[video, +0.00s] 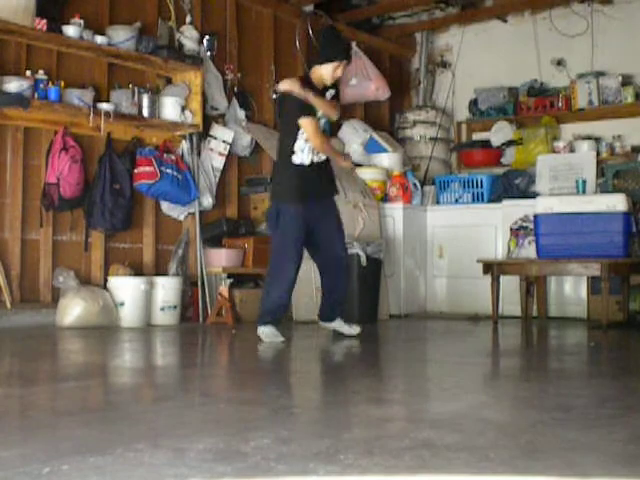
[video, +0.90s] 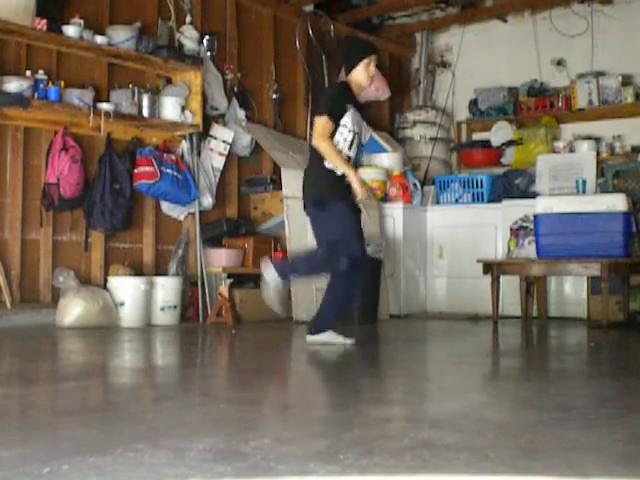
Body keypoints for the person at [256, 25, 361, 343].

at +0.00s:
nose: (341, 71)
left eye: (343, 66)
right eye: (340, 65)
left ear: (333, 64)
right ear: (326, 62)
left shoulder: (327, 90)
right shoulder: (295, 92)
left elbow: (335, 114)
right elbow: (314, 138)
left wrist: (303, 93)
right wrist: (338, 157)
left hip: (320, 191)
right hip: (290, 193)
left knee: (334, 257)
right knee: (285, 261)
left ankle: (329, 316)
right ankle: (267, 322)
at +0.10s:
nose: (348, 71)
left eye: (351, 65)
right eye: (346, 64)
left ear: (345, 65)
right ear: (330, 60)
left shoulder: (335, 91)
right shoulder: (310, 90)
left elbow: (348, 122)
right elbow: (320, 132)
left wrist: (325, 97)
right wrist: (343, 164)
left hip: (330, 187)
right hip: (306, 188)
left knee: (339, 256)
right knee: (303, 253)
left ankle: (322, 316)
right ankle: (270, 315)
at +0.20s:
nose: (356, 79)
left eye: (357, 74)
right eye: (356, 73)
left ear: (340, 71)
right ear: (346, 70)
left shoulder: (339, 104)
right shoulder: (322, 102)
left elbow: (357, 146)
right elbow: (324, 153)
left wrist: (350, 129)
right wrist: (352, 189)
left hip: (335, 195)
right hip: (319, 195)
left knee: (346, 264)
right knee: (327, 264)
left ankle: (322, 323)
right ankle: (277, 311)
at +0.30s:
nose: (366, 82)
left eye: (367, 75)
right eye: (365, 74)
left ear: (352, 74)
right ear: (355, 73)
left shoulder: (343, 105)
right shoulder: (330, 101)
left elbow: (338, 154)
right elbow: (317, 148)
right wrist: (345, 188)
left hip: (334, 188)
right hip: (323, 188)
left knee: (349, 261)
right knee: (345, 261)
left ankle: (322, 321)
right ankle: (303, 312)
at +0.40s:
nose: (376, 68)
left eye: (377, 62)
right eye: (374, 61)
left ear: (361, 61)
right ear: (359, 60)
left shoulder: (354, 95)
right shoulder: (339, 88)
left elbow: (340, 137)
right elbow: (315, 127)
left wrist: (352, 170)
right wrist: (339, 168)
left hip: (336, 177)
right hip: (330, 177)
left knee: (339, 248)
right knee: (358, 248)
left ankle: (323, 313)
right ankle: (338, 315)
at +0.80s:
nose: (380, 68)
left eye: (381, 62)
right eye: (376, 61)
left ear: (367, 63)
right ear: (360, 60)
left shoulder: (360, 97)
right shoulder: (343, 86)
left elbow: (354, 141)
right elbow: (326, 126)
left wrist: (367, 173)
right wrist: (359, 157)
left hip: (343, 182)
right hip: (330, 182)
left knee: (349, 254)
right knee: (349, 254)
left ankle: (326, 320)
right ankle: (335, 322)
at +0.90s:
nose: (373, 74)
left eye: (374, 67)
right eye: (370, 66)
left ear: (362, 67)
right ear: (354, 66)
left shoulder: (353, 107)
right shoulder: (335, 95)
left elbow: (345, 154)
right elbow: (320, 139)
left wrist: (360, 179)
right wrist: (351, 173)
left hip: (340, 190)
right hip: (323, 189)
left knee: (351, 258)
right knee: (342, 253)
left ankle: (321, 329)